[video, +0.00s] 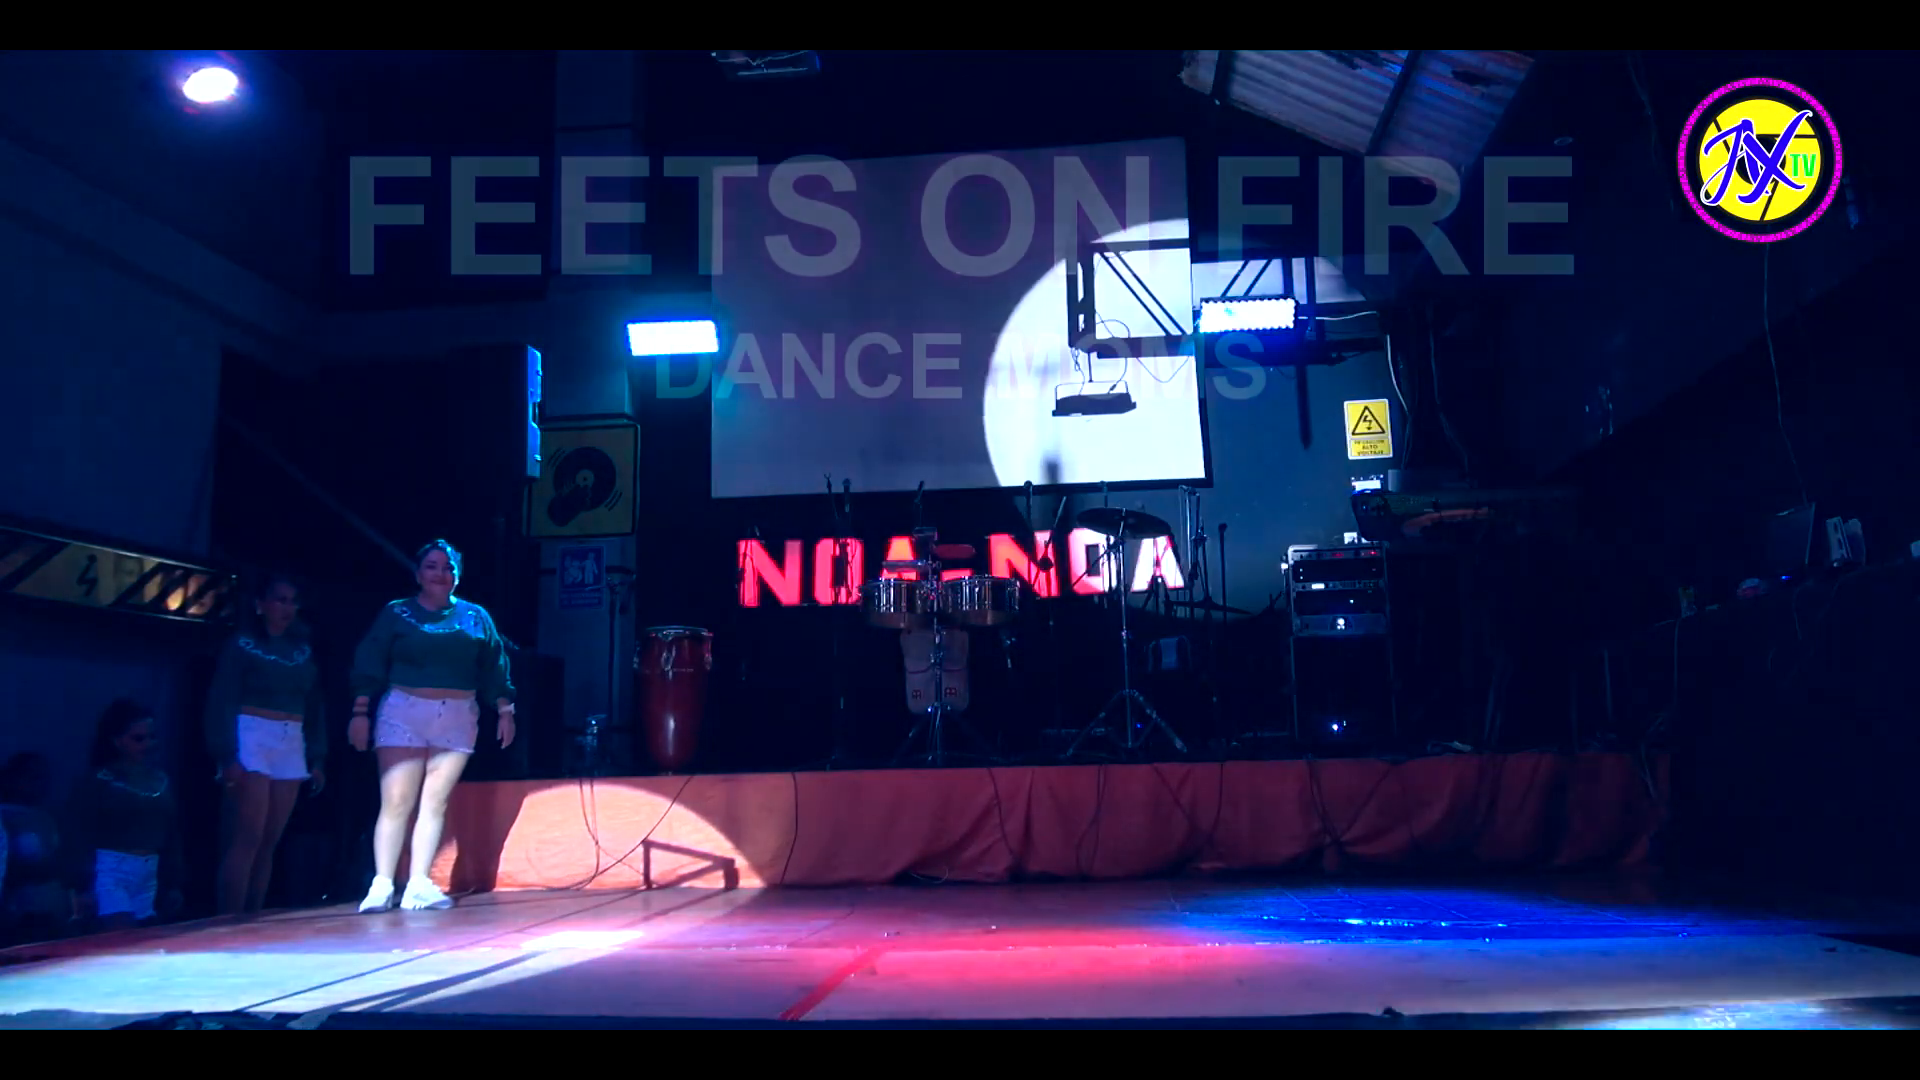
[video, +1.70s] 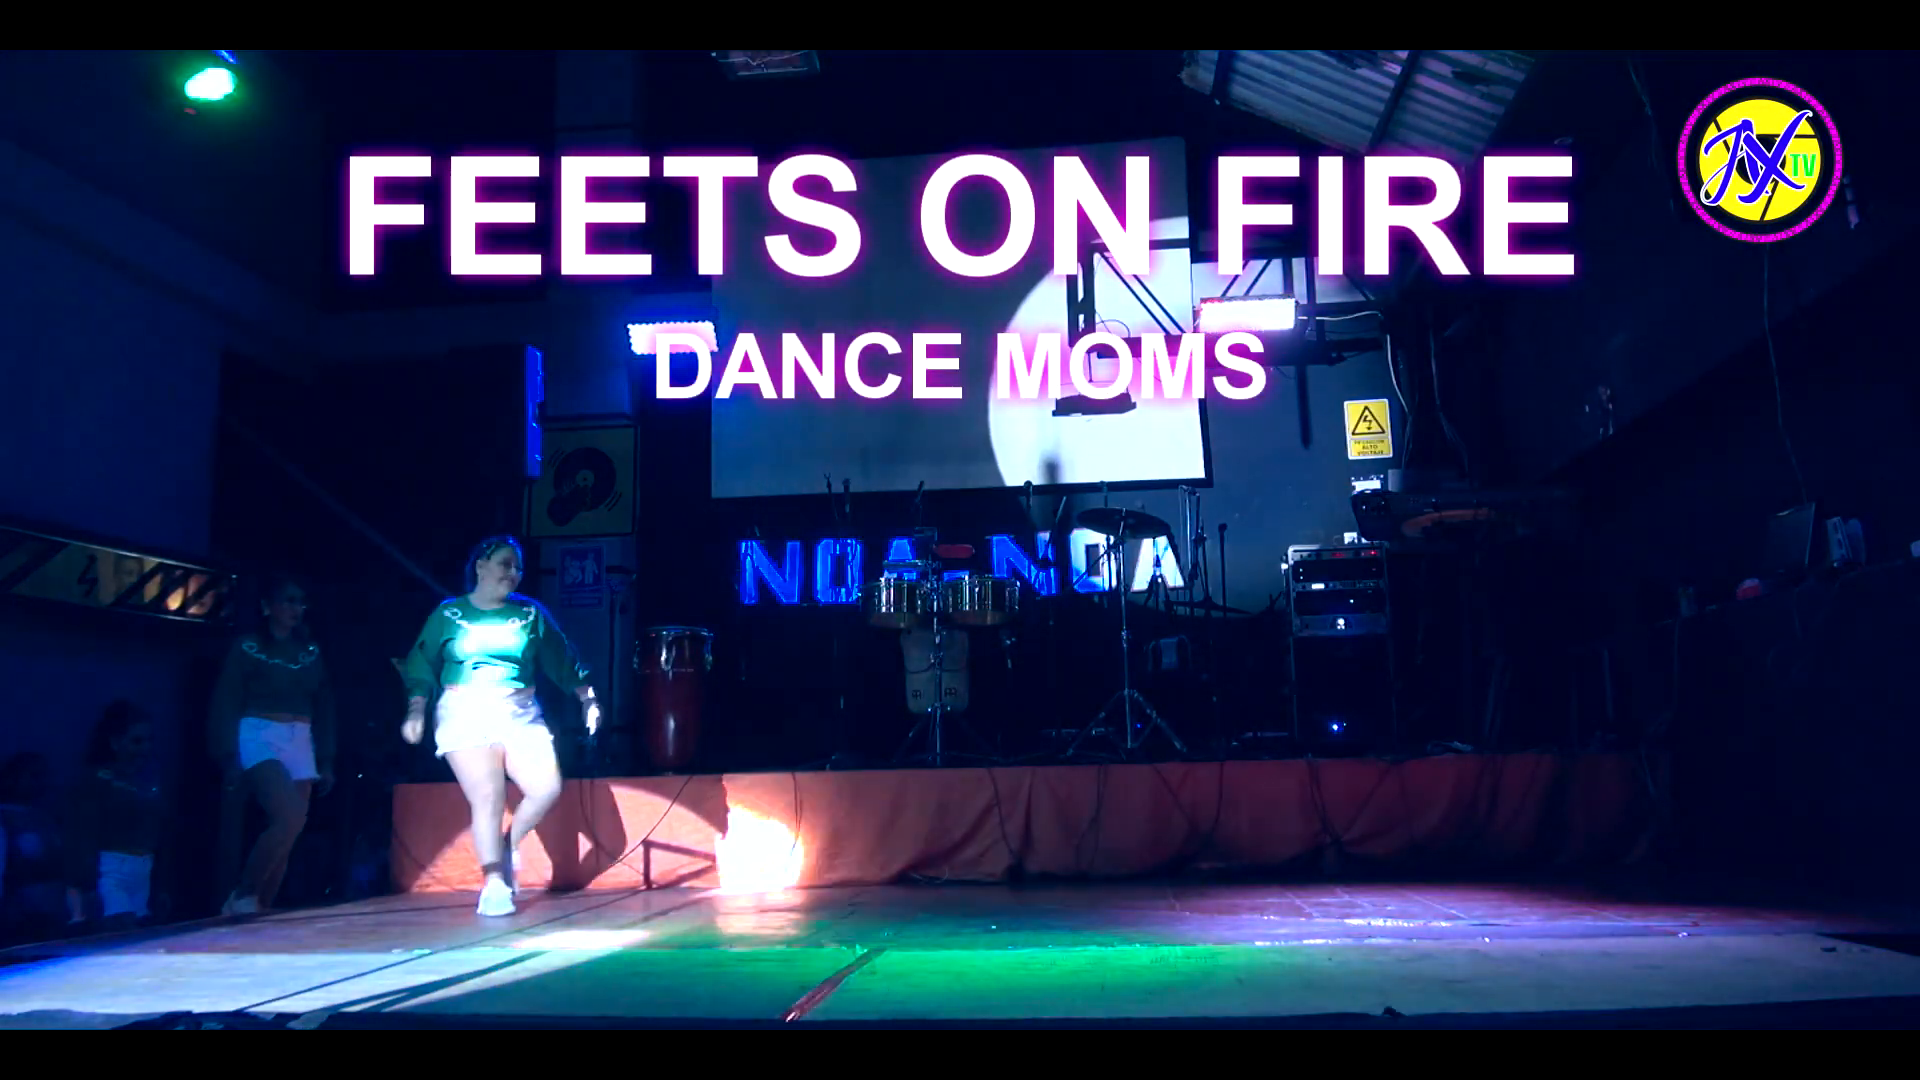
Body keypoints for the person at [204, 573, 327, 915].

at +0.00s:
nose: (286, 608)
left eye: (291, 601)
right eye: (279, 600)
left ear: (298, 607)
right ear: (262, 603)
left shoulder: (303, 651)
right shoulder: (244, 643)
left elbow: (314, 708)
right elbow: (223, 700)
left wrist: (316, 757)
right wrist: (227, 755)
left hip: (293, 734)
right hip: (253, 730)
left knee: (272, 837)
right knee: (250, 832)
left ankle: (254, 915)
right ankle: (231, 916)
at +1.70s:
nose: (295, 610)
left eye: (299, 603)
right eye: (288, 602)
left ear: (304, 609)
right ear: (269, 606)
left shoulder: (310, 652)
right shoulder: (249, 647)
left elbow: (322, 708)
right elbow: (228, 699)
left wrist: (324, 760)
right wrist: (227, 750)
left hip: (300, 736)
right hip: (258, 733)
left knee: (293, 822)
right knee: (288, 813)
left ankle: (263, 906)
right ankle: (244, 894)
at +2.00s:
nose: (305, 610)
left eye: (309, 603)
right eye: (298, 602)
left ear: (313, 610)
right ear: (280, 606)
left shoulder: (320, 653)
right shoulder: (257, 647)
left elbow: (333, 710)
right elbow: (235, 699)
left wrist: (335, 758)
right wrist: (229, 750)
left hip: (308, 734)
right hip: (265, 730)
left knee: (288, 817)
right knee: (323, 783)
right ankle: (293, 873)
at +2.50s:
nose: (348, 577)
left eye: (353, 571)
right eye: (340, 571)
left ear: (360, 577)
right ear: (322, 577)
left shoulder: (365, 625)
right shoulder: (298, 617)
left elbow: (379, 682)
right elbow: (272, 676)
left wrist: (385, 730)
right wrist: (266, 735)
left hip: (343, 716)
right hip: (300, 707)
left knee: (330, 808)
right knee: (332, 795)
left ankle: (276, 897)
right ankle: (315, 887)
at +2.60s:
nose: (358, 565)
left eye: (363, 559)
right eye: (349, 559)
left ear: (369, 568)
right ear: (331, 566)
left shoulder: (372, 614)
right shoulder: (307, 604)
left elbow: (384, 670)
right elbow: (282, 663)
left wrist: (392, 716)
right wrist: (276, 722)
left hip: (353, 704)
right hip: (309, 695)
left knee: (359, 799)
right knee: (329, 789)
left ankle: (283, 867)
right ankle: (314, 886)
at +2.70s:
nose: (370, 558)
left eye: (374, 552)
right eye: (362, 552)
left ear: (379, 560)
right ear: (342, 558)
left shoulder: (380, 606)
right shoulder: (318, 598)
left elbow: (389, 665)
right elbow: (295, 657)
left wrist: (394, 711)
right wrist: (292, 713)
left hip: (364, 694)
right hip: (322, 688)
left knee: (378, 787)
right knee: (329, 789)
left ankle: (308, 841)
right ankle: (315, 885)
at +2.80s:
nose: (381, 552)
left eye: (385, 546)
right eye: (373, 545)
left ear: (391, 554)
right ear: (353, 551)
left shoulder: (388, 597)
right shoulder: (331, 591)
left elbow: (394, 655)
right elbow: (310, 646)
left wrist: (395, 702)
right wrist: (313, 701)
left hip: (375, 685)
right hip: (334, 681)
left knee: (398, 774)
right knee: (329, 787)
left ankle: (346, 853)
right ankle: (314, 884)